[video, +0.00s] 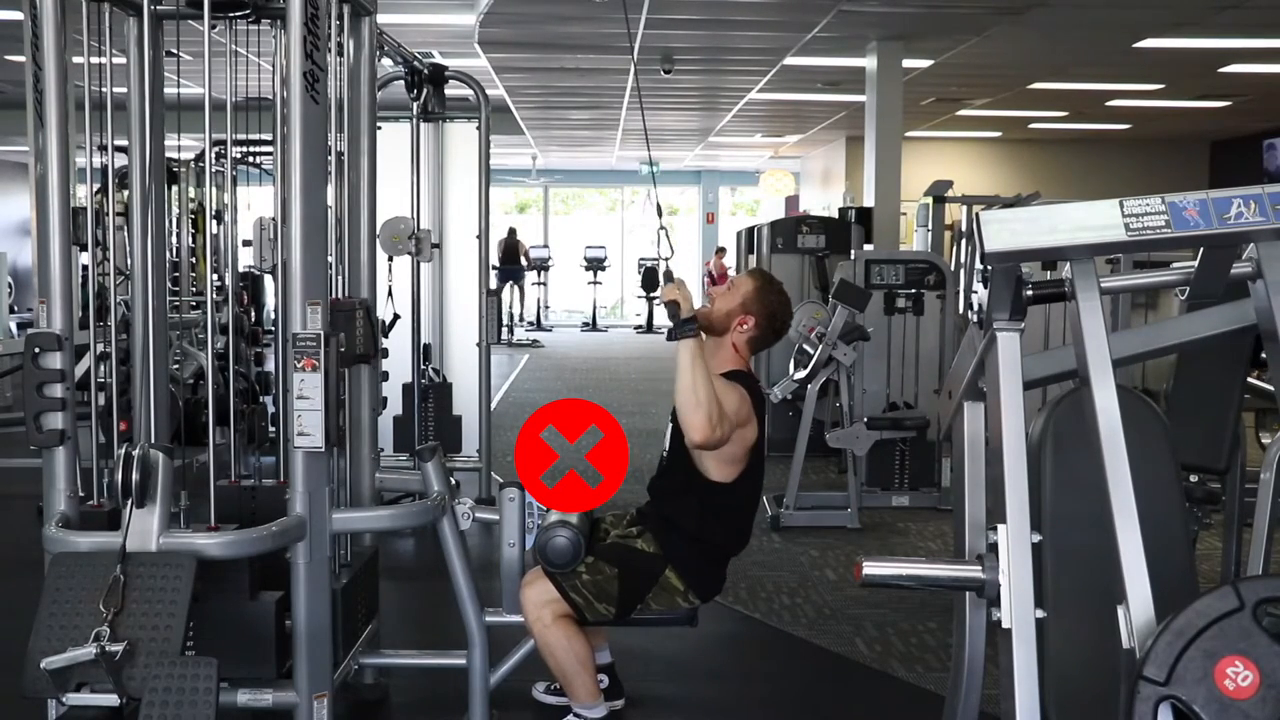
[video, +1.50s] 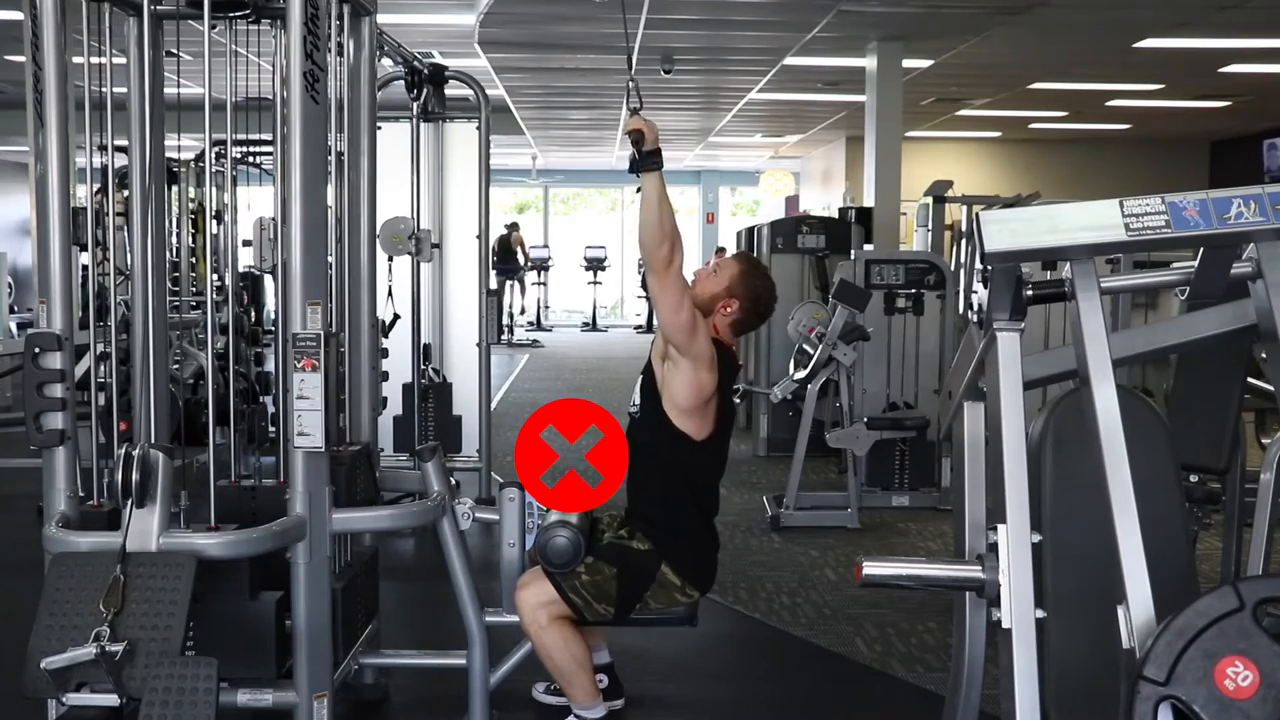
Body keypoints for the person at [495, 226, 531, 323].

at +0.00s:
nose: (512, 236)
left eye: (511, 234)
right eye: (513, 234)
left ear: (507, 234)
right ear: (516, 234)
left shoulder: (501, 242)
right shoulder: (520, 244)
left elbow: (499, 256)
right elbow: (528, 258)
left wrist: (501, 265)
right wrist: (529, 266)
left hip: (504, 270)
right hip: (517, 270)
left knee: (498, 291)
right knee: (521, 289)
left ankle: (497, 316)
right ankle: (521, 314)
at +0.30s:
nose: (512, 237)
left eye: (510, 235)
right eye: (513, 235)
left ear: (506, 235)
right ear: (516, 235)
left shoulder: (499, 243)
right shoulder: (521, 243)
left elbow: (499, 259)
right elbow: (528, 260)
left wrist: (501, 267)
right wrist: (528, 268)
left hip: (503, 272)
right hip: (517, 272)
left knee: (498, 281)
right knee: (520, 300)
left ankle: (499, 304)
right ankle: (520, 326)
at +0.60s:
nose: (516, 238)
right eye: (517, 236)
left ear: (509, 234)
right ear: (518, 235)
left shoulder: (500, 242)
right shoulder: (522, 244)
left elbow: (499, 257)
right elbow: (527, 259)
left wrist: (501, 266)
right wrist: (527, 267)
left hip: (503, 270)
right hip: (517, 270)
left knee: (499, 293)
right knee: (523, 292)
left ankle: (499, 317)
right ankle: (520, 312)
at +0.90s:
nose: (516, 239)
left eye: (515, 238)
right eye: (517, 238)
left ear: (509, 236)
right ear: (518, 236)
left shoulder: (500, 243)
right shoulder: (521, 244)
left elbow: (494, 261)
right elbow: (529, 261)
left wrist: (498, 267)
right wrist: (527, 269)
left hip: (503, 271)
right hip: (517, 270)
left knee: (501, 293)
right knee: (523, 282)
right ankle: (521, 304)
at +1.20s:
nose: (516, 236)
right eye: (516, 234)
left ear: (507, 232)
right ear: (516, 233)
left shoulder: (498, 241)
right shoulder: (518, 240)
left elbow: (493, 255)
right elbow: (527, 256)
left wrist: (493, 266)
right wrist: (527, 267)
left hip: (502, 268)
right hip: (516, 268)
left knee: (500, 292)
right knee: (520, 283)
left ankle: (499, 317)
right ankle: (521, 306)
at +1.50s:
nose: (519, 232)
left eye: (518, 230)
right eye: (518, 230)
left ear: (508, 229)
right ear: (517, 229)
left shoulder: (499, 238)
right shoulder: (517, 237)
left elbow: (493, 252)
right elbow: (525, 253)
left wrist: (493, 263)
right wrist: (525, 265)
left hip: (500, 267)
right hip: (514, 267)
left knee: (500, 294)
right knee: (521, 282)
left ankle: (498, 322)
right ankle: (522, 304)